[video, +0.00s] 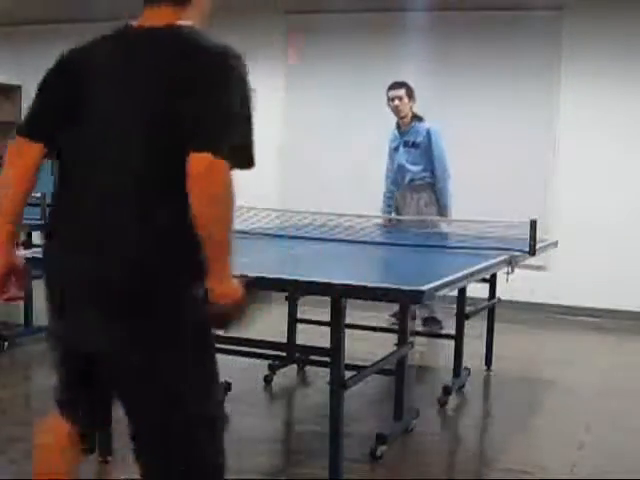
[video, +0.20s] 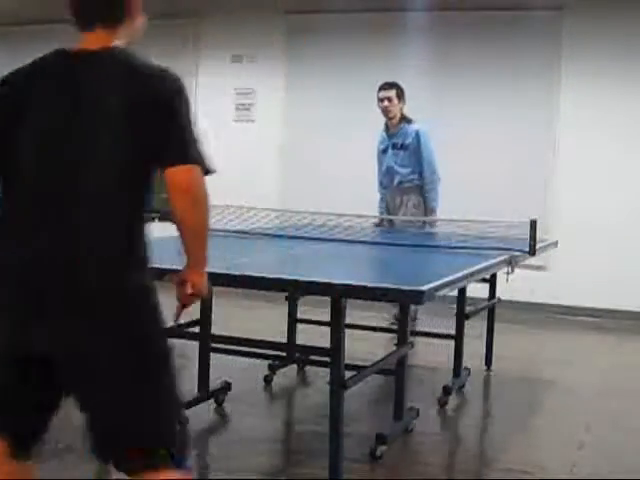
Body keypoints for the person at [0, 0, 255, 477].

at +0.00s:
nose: (209, 7)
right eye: (208, 5)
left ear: (145, 3)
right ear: (198, 4)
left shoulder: (81, 59)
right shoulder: (212, 63)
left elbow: (23, 156)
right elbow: (206, 169)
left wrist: (5, 243)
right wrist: (219, 273)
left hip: (73, 285)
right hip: (158, 293)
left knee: (74, 413)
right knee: (184, 455)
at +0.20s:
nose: (144, 17)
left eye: (143, 11)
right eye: (142, 10)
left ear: (75, 13)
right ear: (133, 11)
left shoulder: (16, 85)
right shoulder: (153, 86)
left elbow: (6, 189)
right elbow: (185, 185)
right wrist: (196, 266)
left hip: (22, 297)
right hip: (111, 300)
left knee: (10, 444)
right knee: (154, 457)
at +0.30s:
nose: (124, 13)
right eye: (124, 8)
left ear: (59, 8)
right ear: (117, 7)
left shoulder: (9, 64)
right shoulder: (137, 70)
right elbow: (168, 165)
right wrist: (178, 245)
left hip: (14, 273)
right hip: (102, 277)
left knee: (14, 427)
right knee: (136, 435)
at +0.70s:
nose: (101, 12)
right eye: (102, 8)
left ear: (40, 8)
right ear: (97, 8)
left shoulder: (8, 64)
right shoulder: (125, 74)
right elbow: (153, 162)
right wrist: (145, 221)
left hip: (10, 262)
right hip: (85, 266)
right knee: (84, 415)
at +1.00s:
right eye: (44, 38)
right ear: (42, 41)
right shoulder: (71, 108)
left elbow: (109, 191)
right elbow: (112, 191)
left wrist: (90, 205)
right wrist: (85, 207)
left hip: (5, 278)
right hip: (50, 278)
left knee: (62, 399)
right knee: (62, 397)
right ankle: (76, 474)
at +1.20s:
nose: (10, 50)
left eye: (4, 43)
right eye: (12, 43)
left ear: (1, 46)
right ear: (10, 47)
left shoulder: (34, 105)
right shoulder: (33, 105)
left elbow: (56, 189)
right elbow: (57, 189)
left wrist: (26, 197)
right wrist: (22, 199)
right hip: (13, 252)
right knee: (27, 351)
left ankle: (43, 431)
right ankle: (42, 430)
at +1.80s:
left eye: (3, 71)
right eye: (5, 71)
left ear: (4, 71)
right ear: (4, 71)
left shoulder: (12, 129)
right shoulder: (11, 129)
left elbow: (13, 203)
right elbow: (13, 204)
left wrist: (8, 235)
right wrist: (8, 235)